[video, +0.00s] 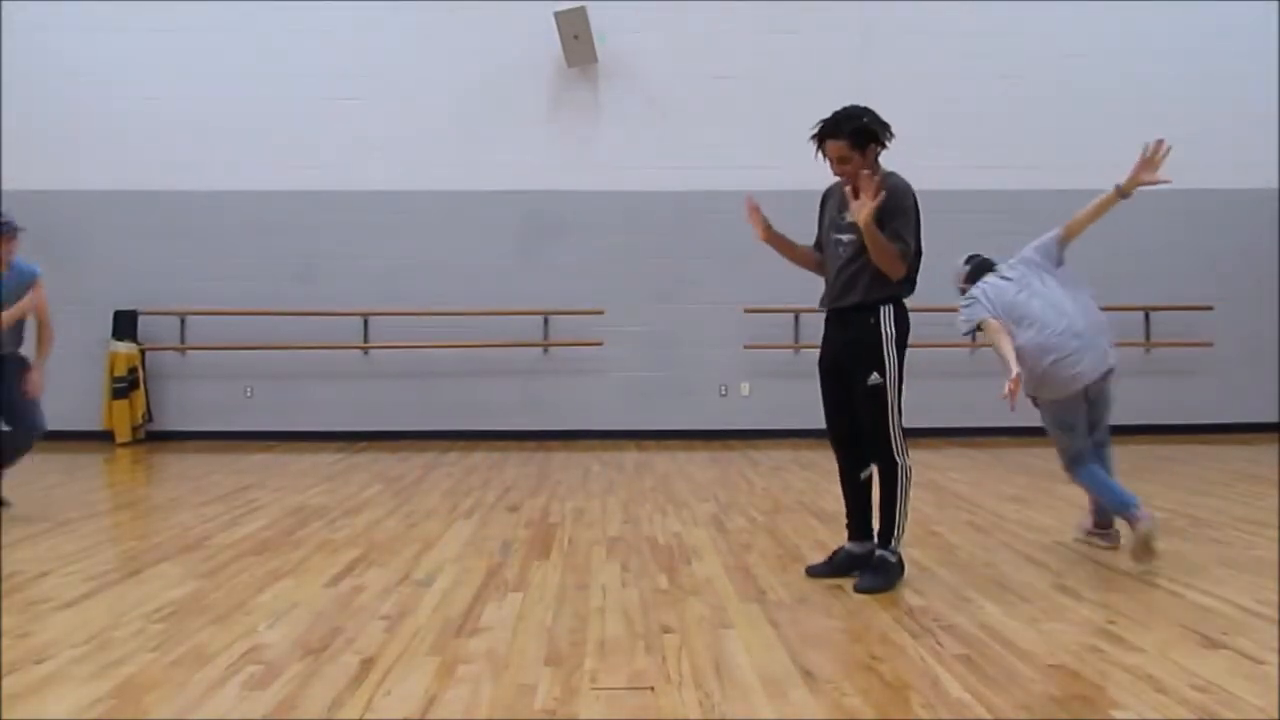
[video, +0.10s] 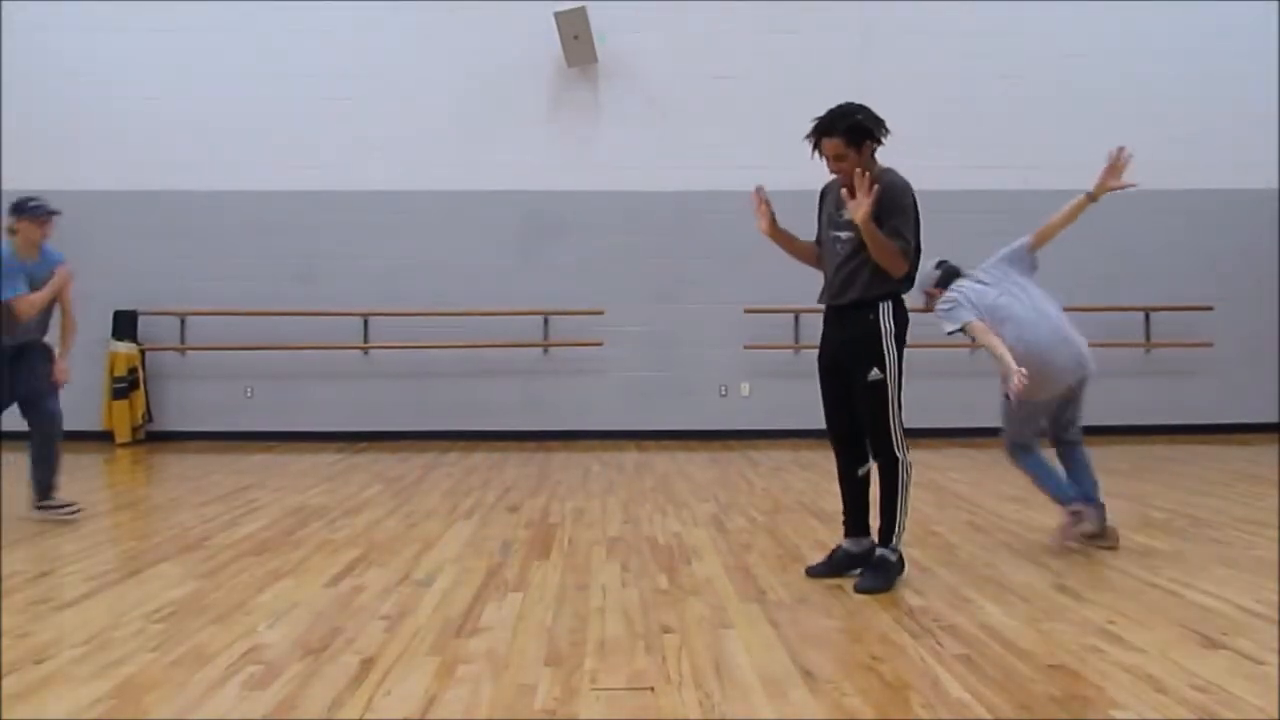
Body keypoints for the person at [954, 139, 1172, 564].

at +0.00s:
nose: (964, 292)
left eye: (964, 289)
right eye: (964, 287)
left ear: (970, 284)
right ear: (994, 265)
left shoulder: (976, 297)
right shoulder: (1028, 258)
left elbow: (995, 329)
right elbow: (1074, 226)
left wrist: (1012, 367)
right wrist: (1127, 186)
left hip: (1057, 377)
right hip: (1099, 357)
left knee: (1078, 462)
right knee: (1098, 443)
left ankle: (1134, 513)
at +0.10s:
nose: (930, 305)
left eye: (930, 299)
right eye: (928, 300)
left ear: (940, 290)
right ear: (959, 274)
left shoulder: (950, 301)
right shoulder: (998, 265)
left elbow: (981, 332)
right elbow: (1045, 232)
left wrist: (1010, 368)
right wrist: (1094, 193)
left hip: (1040, 372)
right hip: (1076, 359)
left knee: (1020, 446)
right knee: (1067, 436)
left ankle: (1075, 506)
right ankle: (1095, 519)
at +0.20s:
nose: (897, 304)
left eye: (893, 298)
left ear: (897, 290)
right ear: (915, 270)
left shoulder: (921, 299)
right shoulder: (955, 267)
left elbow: (956, 325)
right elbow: (1001, 236)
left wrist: (999, 357)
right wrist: (1053, 201)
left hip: (1007, 360)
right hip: (1045, 351)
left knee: (974, 426)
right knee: (1034, 428)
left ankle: (994, 504)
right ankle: (1082, 503)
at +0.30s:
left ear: (879, 274)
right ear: (901, 253)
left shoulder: (899, 301)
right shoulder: (926, 267)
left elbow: (936, 334)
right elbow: (966, 239)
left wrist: (986, 356)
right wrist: (1009, 205)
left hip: (966, 373)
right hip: (995, 359)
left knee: (940, 434)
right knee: (979, 427)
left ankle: (975, 502)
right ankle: (1035, 482)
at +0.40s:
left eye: (824, 302)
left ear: (844, 293)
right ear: (873, 261)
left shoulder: (878, 311)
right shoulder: (898, 268)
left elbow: (920, 341)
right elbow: (929, 236)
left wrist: (960, 364)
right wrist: (968, 206)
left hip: (934, 372)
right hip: (954, 358)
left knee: (920, 441)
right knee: (926, 425)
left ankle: (970, 501)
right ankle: (935, 486)